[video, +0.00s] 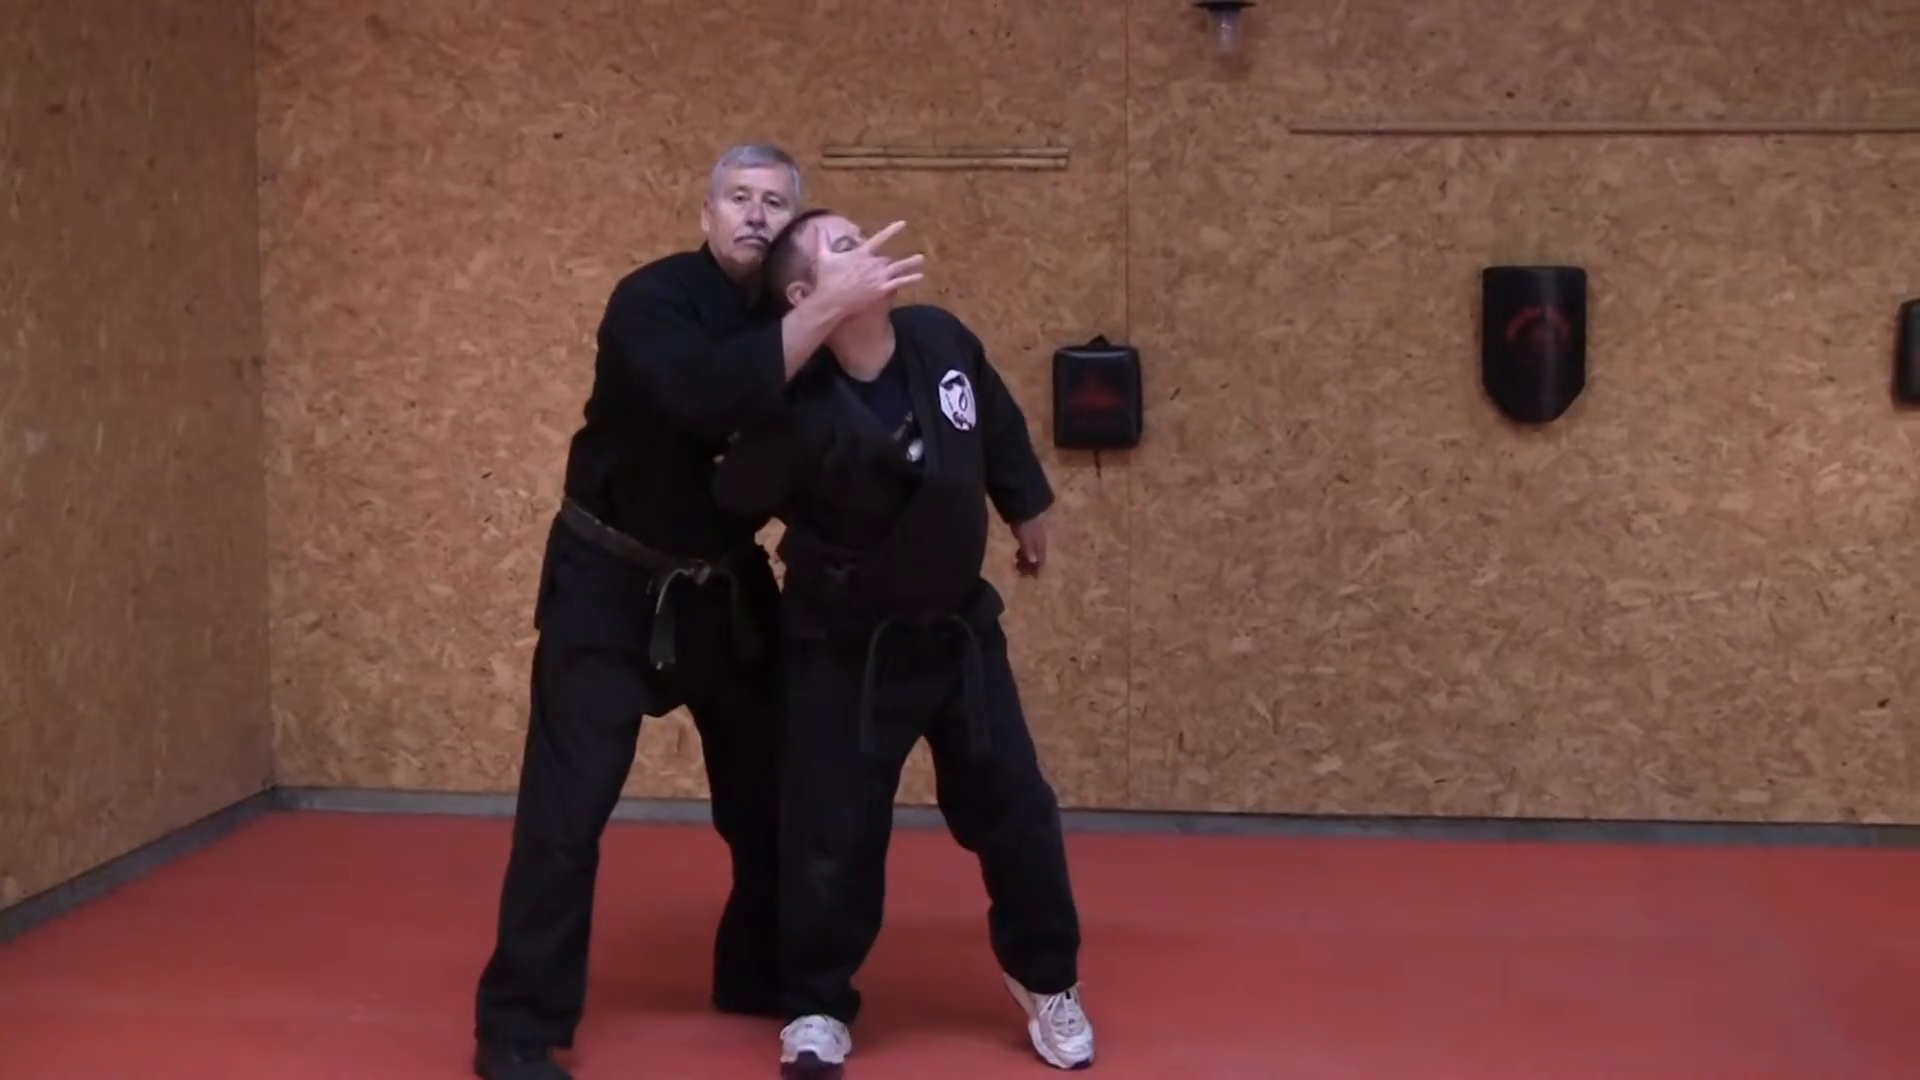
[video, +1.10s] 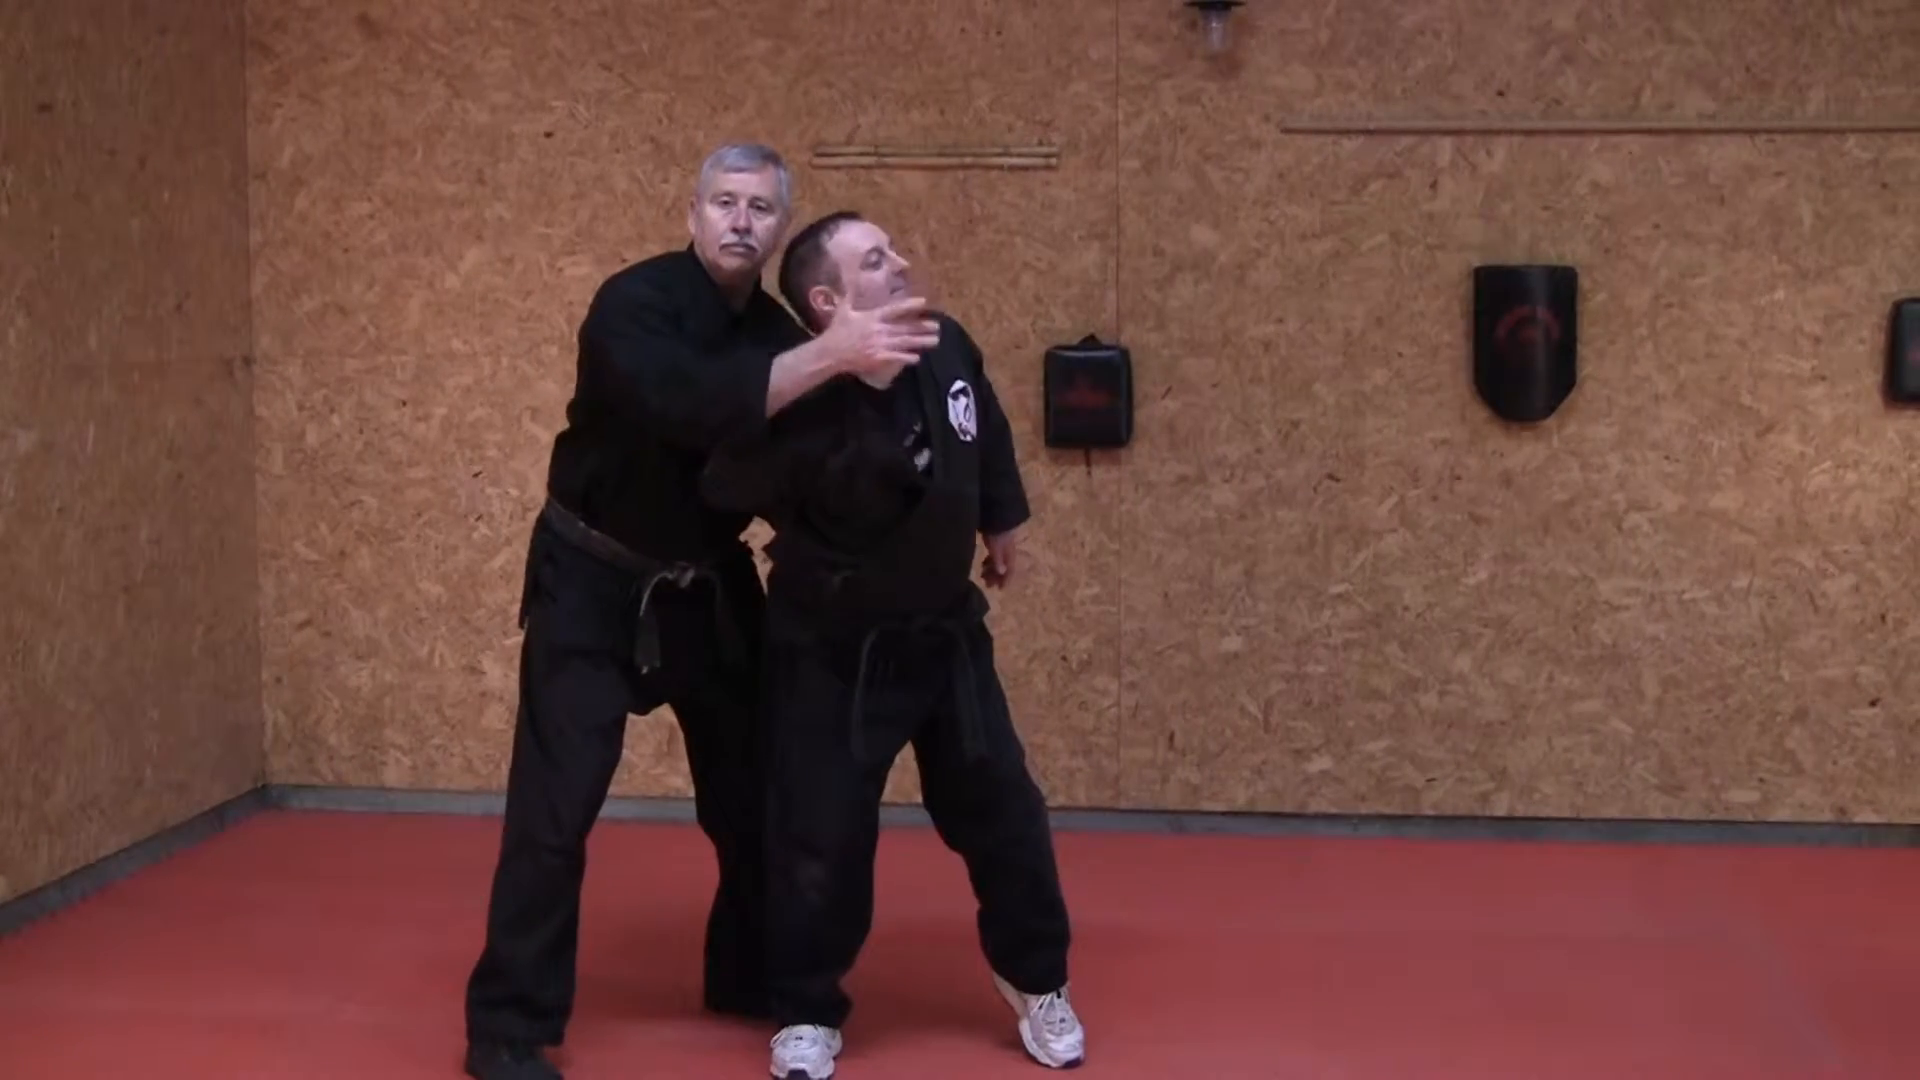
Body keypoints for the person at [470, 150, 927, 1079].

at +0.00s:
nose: (756, 214)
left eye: (776, 203)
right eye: (739, 197)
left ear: (796, 225)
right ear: (704, 210)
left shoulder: (794, 309)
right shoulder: (648, 301)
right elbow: (701, 395)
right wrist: (825, 310)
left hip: (724, 576)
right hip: (609, 574)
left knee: (770, 786)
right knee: (565, 812)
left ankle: (760, 975)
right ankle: (521, 1037)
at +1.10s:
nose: (742, 219)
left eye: (761, 207)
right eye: (725, 202)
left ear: (782, 229)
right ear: (692, 215)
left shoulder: (783, 329)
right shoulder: (630, 305)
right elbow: (678, 403)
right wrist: (828, 355)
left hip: (710, 579)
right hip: (591, 575)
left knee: (754, 791)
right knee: (555, 813)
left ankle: (748, 980)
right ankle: (511, 1037)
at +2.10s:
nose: (774, 218)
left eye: (793, 205)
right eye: (759, 199)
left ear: (813, 227)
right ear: (724, 208)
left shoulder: (813, 357)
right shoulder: (644, 299)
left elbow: (830, 504)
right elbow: (536, 427)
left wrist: (919, 489)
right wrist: (549, 561)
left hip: (726, 589)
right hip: (604, 577)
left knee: (779, 779)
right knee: (558, 810)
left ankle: (756, 972)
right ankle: (510, 1031)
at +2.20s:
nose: (784, 217)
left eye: (803, 205)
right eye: (768, 199)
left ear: (822, 226)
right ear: (733, 209)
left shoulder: (822, 353)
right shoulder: (656, 296)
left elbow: (840, 499)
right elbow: (548, 420)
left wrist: (929, 495)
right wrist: (556, 554)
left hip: (738, 590)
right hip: (616, 578)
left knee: (786, 783)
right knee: (566, 812)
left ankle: (753, 971)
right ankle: (510, 1029)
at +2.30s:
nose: (797, 220)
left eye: (815, 207)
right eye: (781, 201)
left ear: (831, 224)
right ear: (745, 207)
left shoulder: (833, 347)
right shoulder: (668, 295)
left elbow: (852, 484)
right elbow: (562, 418)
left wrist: (943, 512)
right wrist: (565, 552)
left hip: (754, 588)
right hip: (637, 576)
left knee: (793, 785)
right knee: (580, 807)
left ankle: (752, 972)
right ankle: (513, 1026)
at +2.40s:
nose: (818, 228)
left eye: (834, 215)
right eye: (802, 208)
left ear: (846, 222)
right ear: (760, 201)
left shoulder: (844, 337)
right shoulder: (682, 292)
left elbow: (865, 470)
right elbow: (580, 415)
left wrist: (942, 529)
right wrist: (576, 551)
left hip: (774, 591)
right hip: (657, 579)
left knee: (798, 790)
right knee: (597, 809)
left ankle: (753, 972)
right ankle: (518, 1021)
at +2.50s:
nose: (833, 232)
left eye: (848, 217)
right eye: (818, 212)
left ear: (859, 222)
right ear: (773, 203)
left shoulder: (853, 330)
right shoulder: (695, 289)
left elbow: (874, 456)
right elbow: (598, 411)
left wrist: (920, 547)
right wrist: (590, 550)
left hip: (790, 582)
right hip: (677, 572)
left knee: (801, 791)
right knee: (626, 798)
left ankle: (752, 971)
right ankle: (543, 1010)